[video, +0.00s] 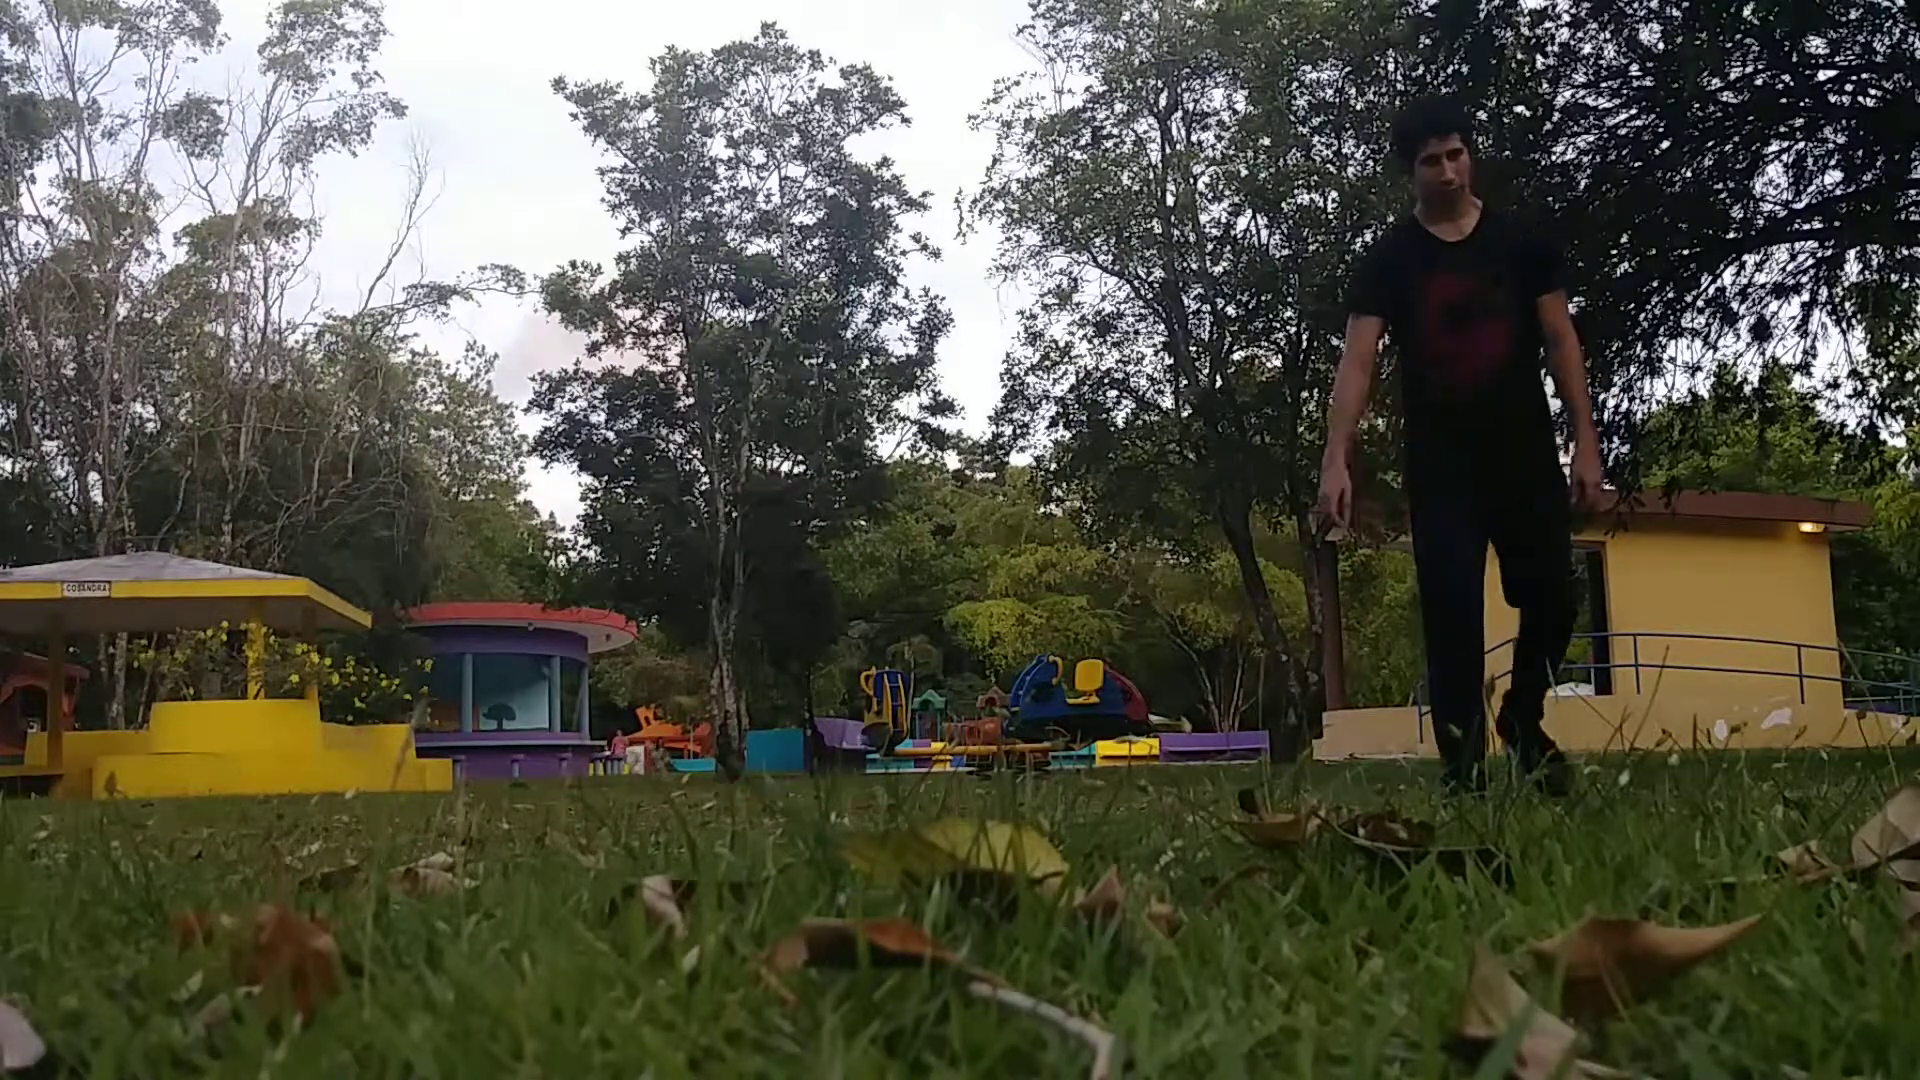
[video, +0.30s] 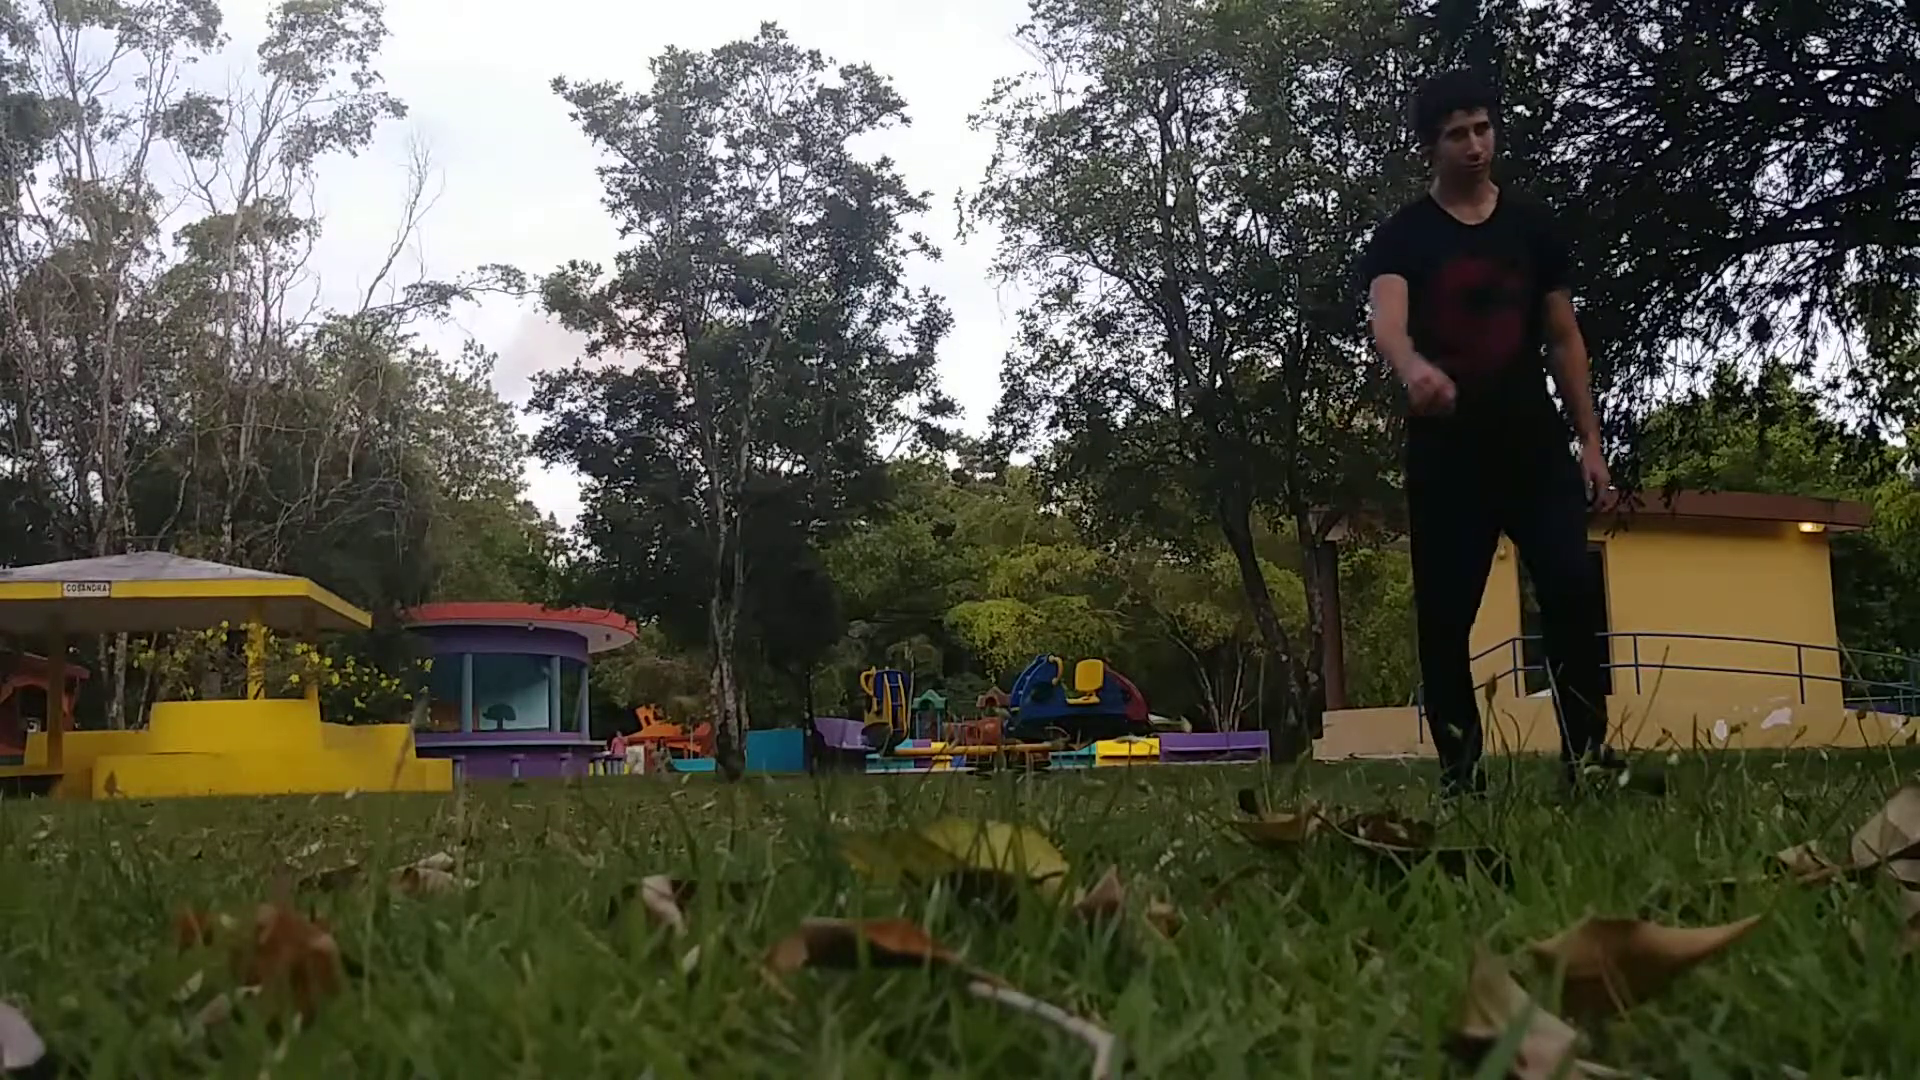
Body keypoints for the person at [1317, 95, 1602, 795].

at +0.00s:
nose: (1447, 169)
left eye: (1456, 155)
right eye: (1432, 160)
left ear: (1472, 160)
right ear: (1409, 171)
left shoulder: (1521, 241)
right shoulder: (1387, 259)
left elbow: (1561, 340)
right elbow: (1357, 360)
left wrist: (1587, 442)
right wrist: (1335, 458)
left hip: (1524, 455)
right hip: (1440, 463)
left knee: (1553, 603)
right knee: (1450, 615)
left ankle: (1521, 723)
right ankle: (1461, 764)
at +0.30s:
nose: (1474, 144)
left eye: (1483, 130)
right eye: (1459, 134)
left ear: (1496, 135)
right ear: (1429, 144)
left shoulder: (1534, 227)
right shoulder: (1402, 234)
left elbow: (1566, 338)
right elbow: (1387, 322)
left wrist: (1590, 442)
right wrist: (1411, 365)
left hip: (1532, 441)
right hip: (1446, 449)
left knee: (1574, 588)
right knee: (1441, 617)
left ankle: (1586, 759)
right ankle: (1460, 771)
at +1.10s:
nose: (1584, 64)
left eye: (1592, 49)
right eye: (1565, 53)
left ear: (1607, 61)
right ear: (1530, 72)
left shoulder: (1648, 171)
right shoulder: (1489, 184)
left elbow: (1689, 279)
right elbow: (1459, 308)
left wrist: (1695, 381)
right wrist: (1428, 420)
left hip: (1623, 415)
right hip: (1524, 421)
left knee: (1622, 597)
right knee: (1535, 595)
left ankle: (1610, 761)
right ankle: (1552, 764)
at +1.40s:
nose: (1574, 30)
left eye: (1585, 16)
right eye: (1555, 17)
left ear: (1601, 32)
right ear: (1522, 40)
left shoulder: (1649, 135)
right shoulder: (1491, 152)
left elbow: (1681, 260)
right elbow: (1453, 286)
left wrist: (1685, 369)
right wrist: (1439, 400)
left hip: (1642, 393)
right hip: (1540, 401)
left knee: (1662, 585)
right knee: (1548, 590)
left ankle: (1612, 732)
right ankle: (1566, 767)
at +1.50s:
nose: (1580, 22)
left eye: (1589, 8)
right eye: (1559, 10)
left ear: (1602, 21)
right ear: (1525, 31)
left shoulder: (1650, 125)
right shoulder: (1497, 142)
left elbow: (1690, 250)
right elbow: (1445, 270)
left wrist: (1701, 358)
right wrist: (1470, 356)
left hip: (1652, 388)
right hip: (1548, 395)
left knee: (1690, 575)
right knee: (1548, 585)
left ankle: (1621, 724)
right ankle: (1568, 766)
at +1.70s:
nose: (1619, 3)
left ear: (1636, 8)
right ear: (1555, 9)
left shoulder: (1679, 113)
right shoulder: (1522, 114)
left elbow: (1720, 238)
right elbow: (1486, 230)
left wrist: (1756, 337)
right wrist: (1567, 235)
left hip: (1676, 363)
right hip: (1572, 373)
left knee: (1759, 537)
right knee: (1566, 571)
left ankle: (1728, 742)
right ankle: (1568, 765)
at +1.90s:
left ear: (1702, 4)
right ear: (1623, 2)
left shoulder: (1743, 107)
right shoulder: (1589, 97)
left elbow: (1764, 244)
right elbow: (1586, 227)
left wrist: (1805, 333)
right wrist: (1667, 241)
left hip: (1743, 364)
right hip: (1634, 369)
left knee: (1817, 546)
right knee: (1610, 570)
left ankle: (1846, 753)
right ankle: (1577, 767)